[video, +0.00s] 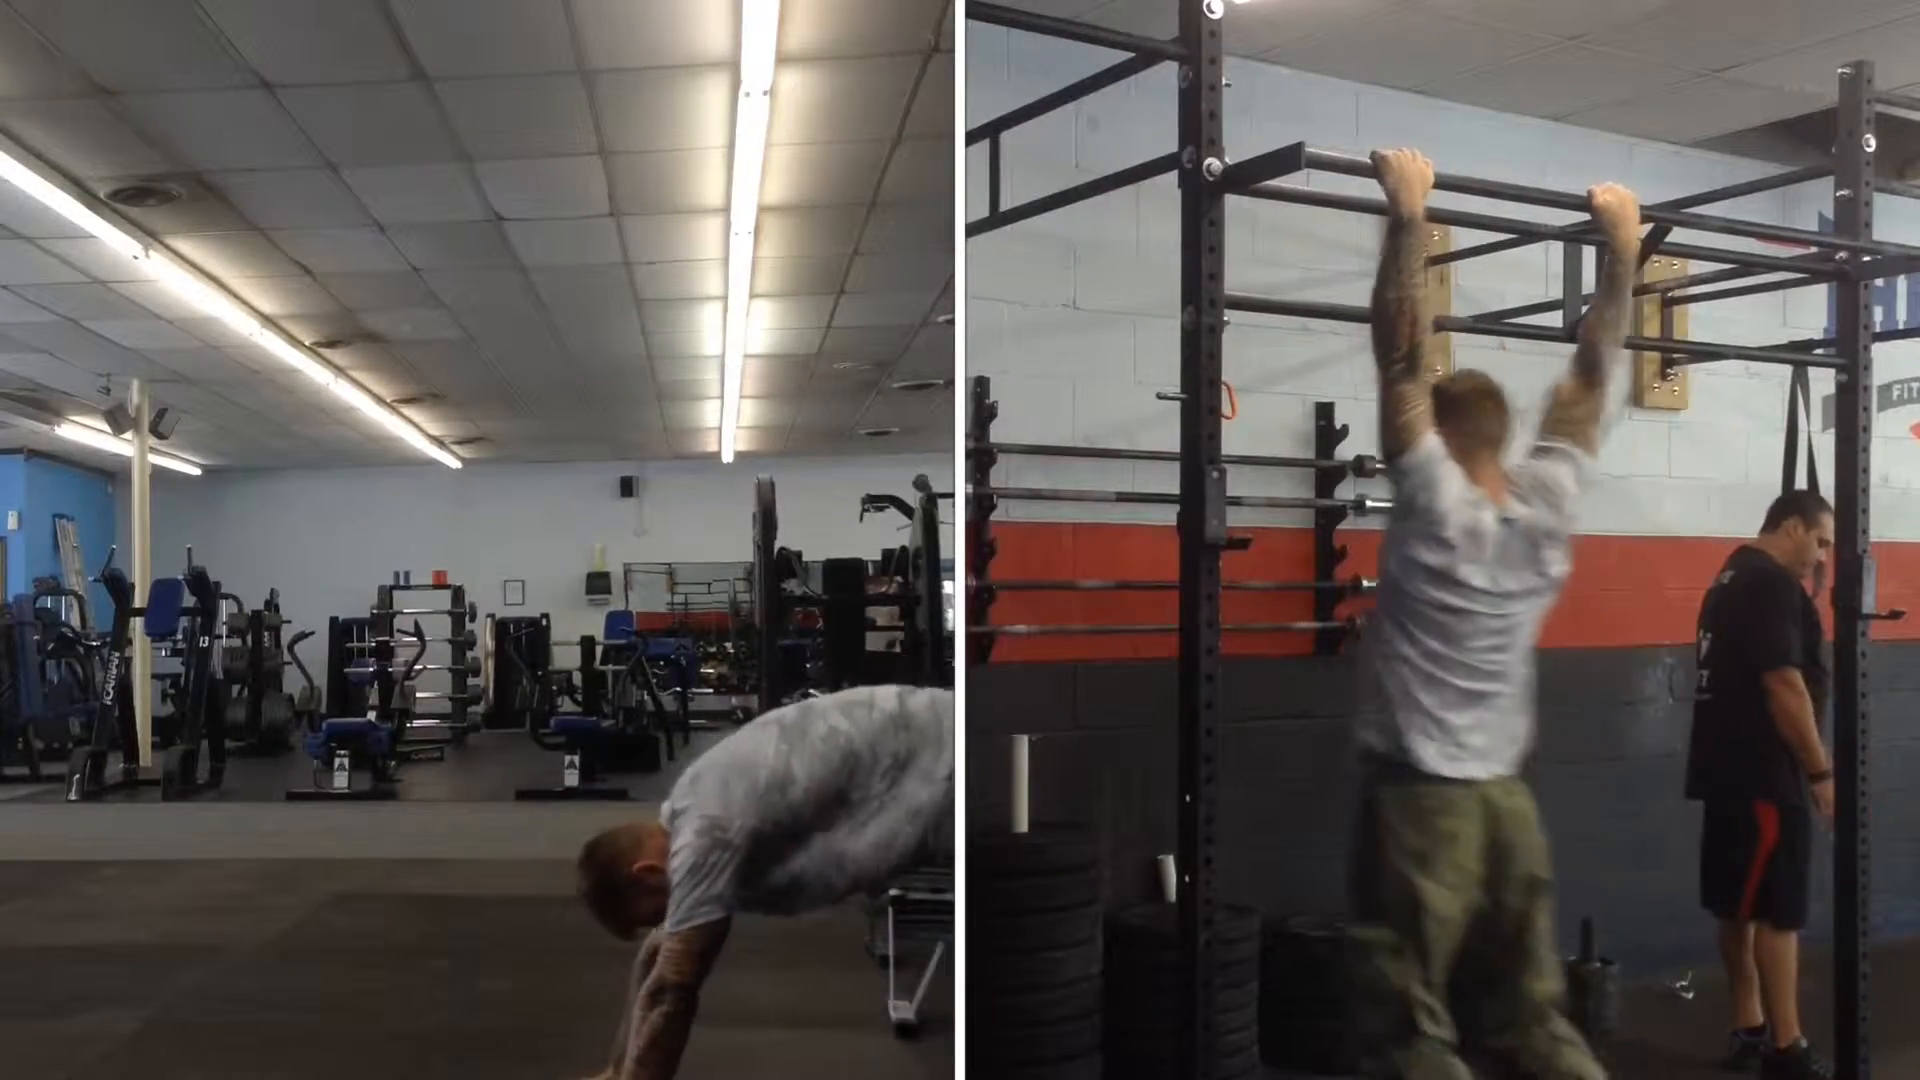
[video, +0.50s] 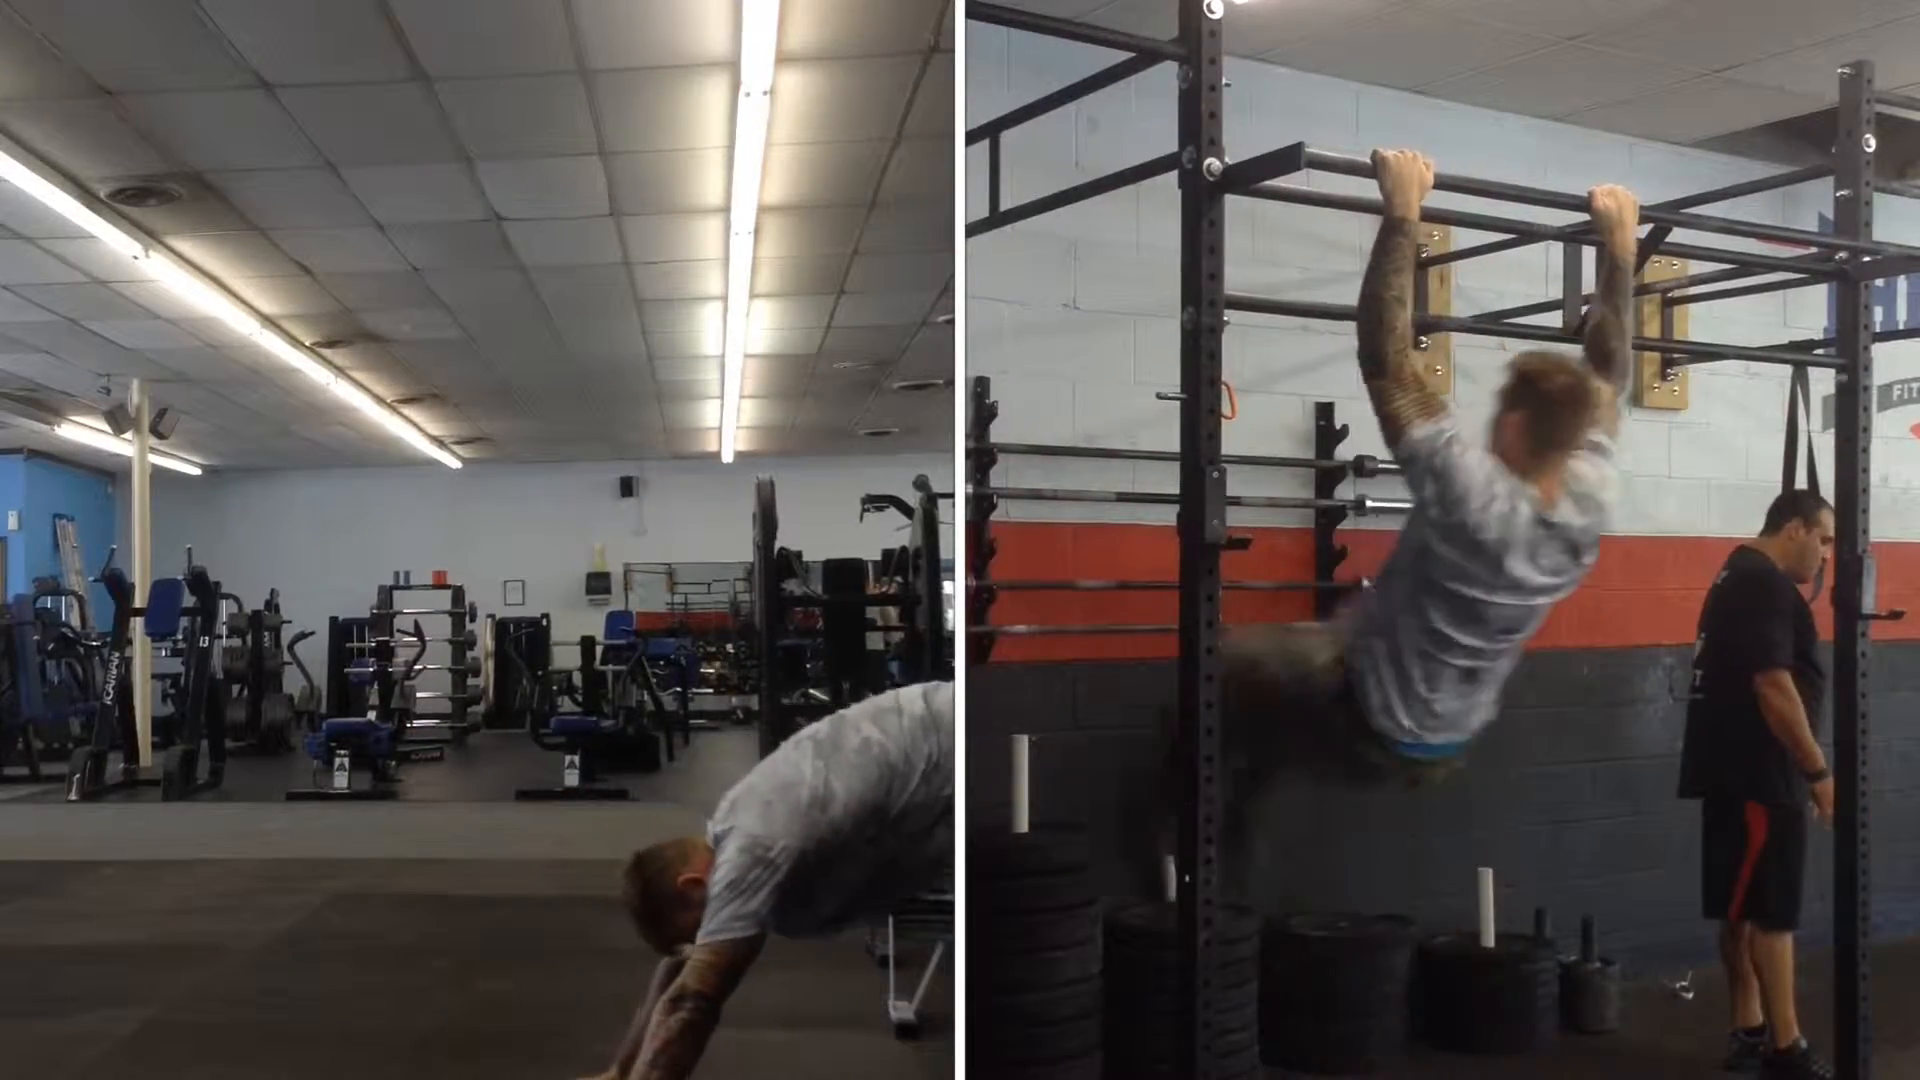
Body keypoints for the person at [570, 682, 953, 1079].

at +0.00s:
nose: (666, 922)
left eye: (654, 917)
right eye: (652, 926)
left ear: (649, 874)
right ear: (650, 861)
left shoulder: (707, 826)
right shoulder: (692, 814)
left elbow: (672, 995)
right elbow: (657, 956)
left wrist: (632, 1071)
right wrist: (621, 1066)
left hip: (961, 756)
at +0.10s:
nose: (673, 922)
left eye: (663, 917)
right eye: (660, 926)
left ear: (660, 871)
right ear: (657, 862)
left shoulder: (723, 827)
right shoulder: (697, 810)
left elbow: (678, 996)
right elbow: (660, 950)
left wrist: (636, 1072)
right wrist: (622, 1064)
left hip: (962, 747)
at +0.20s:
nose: (677, 920)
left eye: (668, 916)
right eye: (666, 923)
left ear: (667, 872)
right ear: (663, 863)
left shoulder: (728, 830)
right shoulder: (703, 812)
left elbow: (681, 997)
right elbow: (665, 952)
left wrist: (638, 1073)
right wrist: (620, 1065)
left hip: (964, 731)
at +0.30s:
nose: (687, 926)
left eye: (679, 920)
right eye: (677, 927)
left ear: (674, 878)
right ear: (671, 870)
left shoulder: (733, 832)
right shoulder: (711, 822)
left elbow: (683, 998)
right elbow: (668, 960)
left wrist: (639, 1074)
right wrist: (621, 1066)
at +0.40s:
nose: (691, 933)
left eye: (684, 927)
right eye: (681, 934)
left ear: (682, 882)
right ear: (682, 873)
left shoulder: (740, 838)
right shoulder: (717, 830)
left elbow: (686, 1000)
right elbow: (672, 964)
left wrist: (637, 1074)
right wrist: (620, 1068)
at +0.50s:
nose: (704, 933)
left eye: (694, 931)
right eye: (694, 939)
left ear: (694, 885)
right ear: (694, 873)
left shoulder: (753, 845)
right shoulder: (732, 835)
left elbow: (693, 1005)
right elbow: (679, 968)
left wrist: (640, 1074)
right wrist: (621, 1068)